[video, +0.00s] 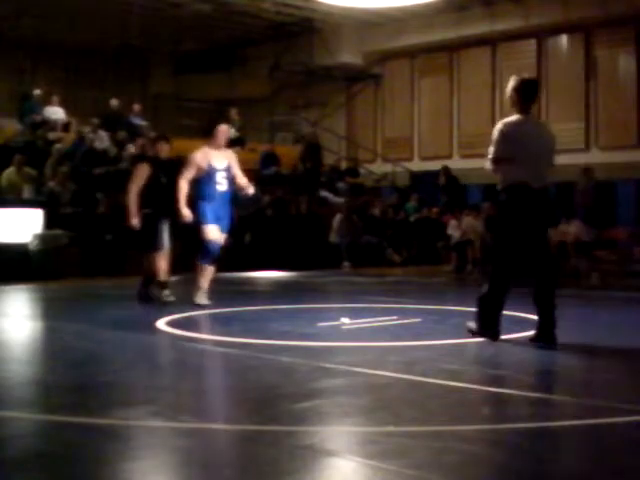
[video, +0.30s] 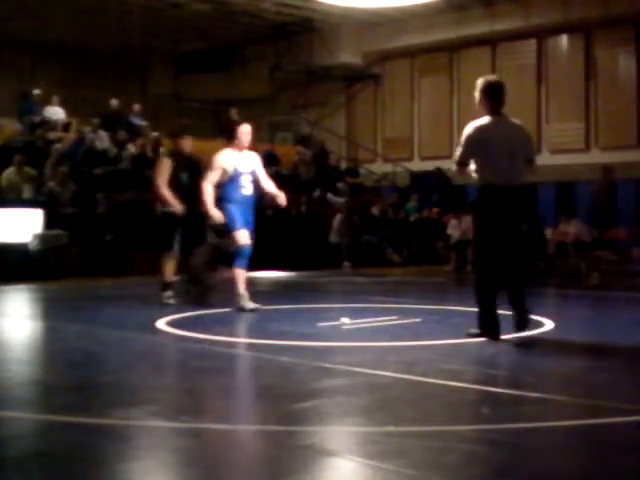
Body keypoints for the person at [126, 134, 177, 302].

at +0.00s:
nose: (164, 150)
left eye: (166, 146)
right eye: (160, 146)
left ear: (169, 149)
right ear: (154, 147)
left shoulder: (170, 166)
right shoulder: (146, 165)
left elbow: (177, 190)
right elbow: (134, 188)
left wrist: (181, 208)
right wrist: (134, 214)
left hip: (166, 213)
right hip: (151, 213)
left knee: (156, 250)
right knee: (161, 249)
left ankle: (147, 285)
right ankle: (162, 285)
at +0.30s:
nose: (188, 145)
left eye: (190, 140)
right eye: (184, 140)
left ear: (193, 143)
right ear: (176, 142)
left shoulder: (196, 162)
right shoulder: (168, 159)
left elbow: (202, 185)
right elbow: (161, 183)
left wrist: (204, 204)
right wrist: (175, 204)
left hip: (193, 211)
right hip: (173, 211)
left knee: (194, 249)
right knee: (172, 249)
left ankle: (193, 284)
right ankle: (168, 287)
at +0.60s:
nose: (218, 146)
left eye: (221, 142)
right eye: (215, 141)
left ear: (224, 145)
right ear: (207, 143)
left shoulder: (224, 165)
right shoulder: (197, 161)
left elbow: (229, 190)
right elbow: (188, 185)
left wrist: (229, 212)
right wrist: (195, 209)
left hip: (221, 214)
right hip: (202, 214)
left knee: (222, 253)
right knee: (198, 252)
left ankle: (224, 293)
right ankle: (179, 282)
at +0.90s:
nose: (235, 142)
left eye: (238, 138)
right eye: (231, 138)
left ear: (242, 141)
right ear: (223, 141)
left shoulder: (246, 164)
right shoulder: (214, 160)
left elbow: (257, 184)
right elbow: (197, 182)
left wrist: (269, 203)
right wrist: (198, 210)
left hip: (241, 211)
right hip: (221, 210)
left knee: (234, 250)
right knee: (228, 249)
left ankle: (229, 284)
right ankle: (229, 287)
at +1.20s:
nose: (246, 142)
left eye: (249, 138)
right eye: (241, 138)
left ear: (253, 141)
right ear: (234, 140)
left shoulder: (258, 163)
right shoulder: (223, 162)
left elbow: (267, 185)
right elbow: (214, 188)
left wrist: (271, 208)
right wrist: (215, 216)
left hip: (256, 212)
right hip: (235, 212)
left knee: (260, 252)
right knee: (241, 253)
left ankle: (243, 276)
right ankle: (241, 291)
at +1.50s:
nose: (265, 143)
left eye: (268, 139)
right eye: (261, 139)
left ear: (272, 140)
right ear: (252, 140)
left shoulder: (272, 159)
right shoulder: (237, 156)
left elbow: (277, 183)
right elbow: (226, 180)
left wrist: (276, 208)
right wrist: (243, 203)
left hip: (267, 212)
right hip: (246, 213)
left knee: (272, 253)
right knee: (244, 256)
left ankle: (279, 289)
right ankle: (241, 292)